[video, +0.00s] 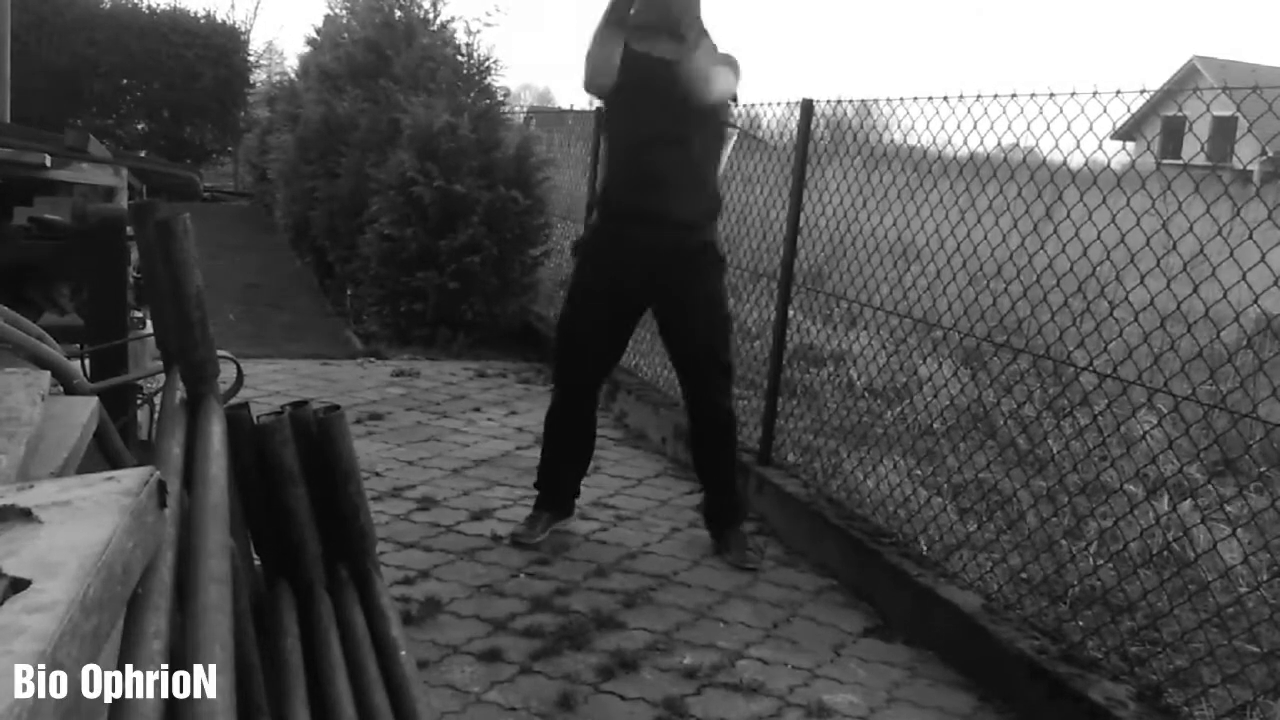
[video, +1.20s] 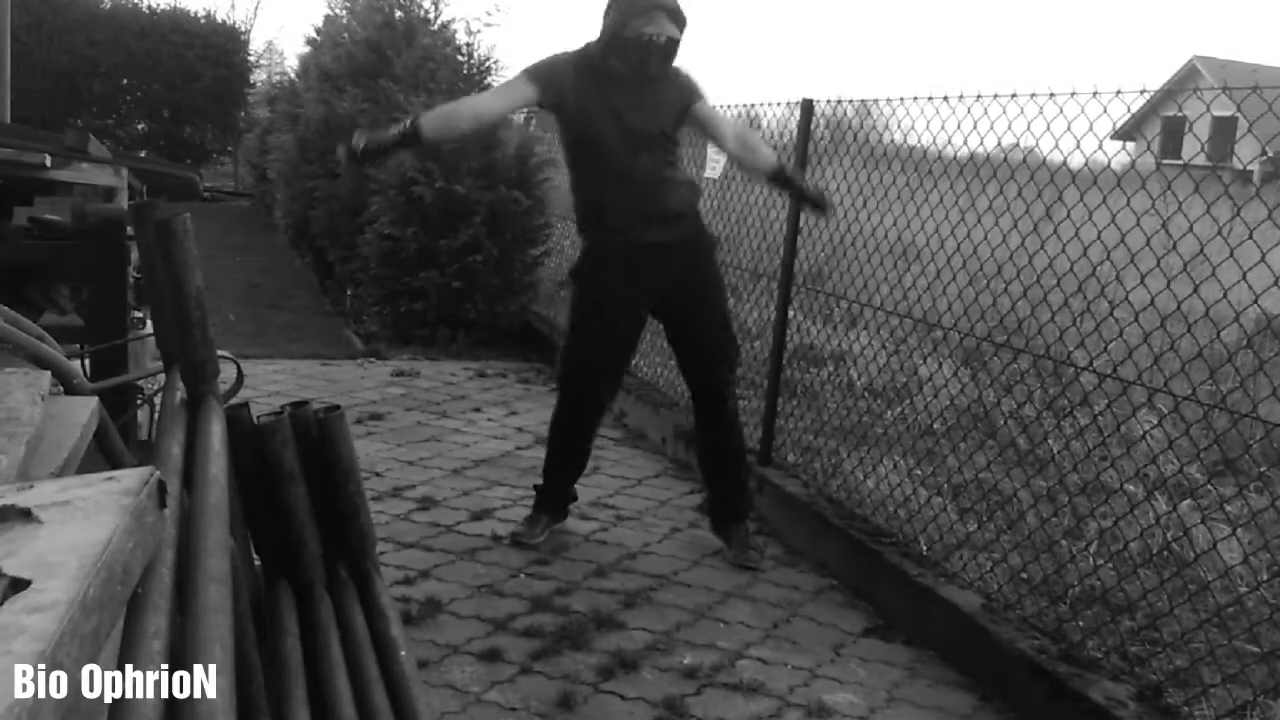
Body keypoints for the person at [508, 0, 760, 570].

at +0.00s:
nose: (670, 13)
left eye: (677, 7)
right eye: (660, 10)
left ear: (693, 12)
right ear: (645, 14)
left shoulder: (719, 65)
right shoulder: (623, 54)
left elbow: (707, 90)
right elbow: (596, 80)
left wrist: (691, 26)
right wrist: (616, 13)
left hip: (688, 253)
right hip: (614, 245)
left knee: (710, 390)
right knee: (575, 376)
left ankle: (727, 523)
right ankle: (553, 503)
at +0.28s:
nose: (658, 56)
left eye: (668, 49)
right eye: (648, 43)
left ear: (678, 51)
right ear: (622, 37)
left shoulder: (673, 97)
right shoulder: (576, 88)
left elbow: (726, 157)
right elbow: (597, 155)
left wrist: (707, 86)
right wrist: (610, 79)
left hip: (687, 263)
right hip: (614, 265)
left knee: (717, 387)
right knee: (586, 389)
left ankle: (730, 522)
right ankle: (556, 505)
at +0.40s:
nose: (645, 20)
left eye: (658, 10)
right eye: (632, 9)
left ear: (674, 16)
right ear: (609, 13)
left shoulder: (696, 73)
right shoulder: (582, 77)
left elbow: (777, 115)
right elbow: (516, 146)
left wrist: (736, 182)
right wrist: (584, 182)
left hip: (688, 253)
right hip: (609, 253)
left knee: (714, 386)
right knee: (576, 381)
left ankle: (731, 521)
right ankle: (554, 505)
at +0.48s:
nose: (644, 30)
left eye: (656, 20)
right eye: (632, 20)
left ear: (674, 22)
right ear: (614, 22)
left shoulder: (706, 67)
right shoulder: (597, 75)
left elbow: (798, 108)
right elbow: (525, 125)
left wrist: (811, 176)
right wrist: (515, 193)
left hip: (685, 253)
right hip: (609, 251)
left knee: (710, 392)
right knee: (577, 381)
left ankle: (732, 523)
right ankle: (550, 505)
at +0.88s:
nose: (684, 30)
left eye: (694, 21)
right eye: (676, 16)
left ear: (699, 25)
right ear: (645, 12)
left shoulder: (704, 67)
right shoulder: (594, 61)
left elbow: (770, 122)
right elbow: (498, 108)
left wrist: (811, 177)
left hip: (685, 255)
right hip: (607, 251)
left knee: (707, 390)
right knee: (575, 384)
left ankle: (731, 520)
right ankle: (553, 504)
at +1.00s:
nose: (667, 39)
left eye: (677, 31)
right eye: (660, 25)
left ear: (681, 34)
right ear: (628, 15)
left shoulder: (676, 87)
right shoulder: (569, 72)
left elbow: (740, 147)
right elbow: (486, 122)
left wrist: (799, 198)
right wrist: (412, 166)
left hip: (688, 255)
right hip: (614, 258)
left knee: (714, 387)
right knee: (586, 387)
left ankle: (734, 518)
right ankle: (550, 505)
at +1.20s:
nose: (658, 50)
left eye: (668, 39)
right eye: (648, 35)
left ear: (673, 38)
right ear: (618, 25)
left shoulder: (676, 87)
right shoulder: (563, 74)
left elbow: (735, 140)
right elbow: (481, 109)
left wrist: (788, 177)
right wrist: (401, 134)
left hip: (687, 258)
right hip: (612, 261)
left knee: (714, 388)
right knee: (582, 393)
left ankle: (733, 519)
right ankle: (548, 510)